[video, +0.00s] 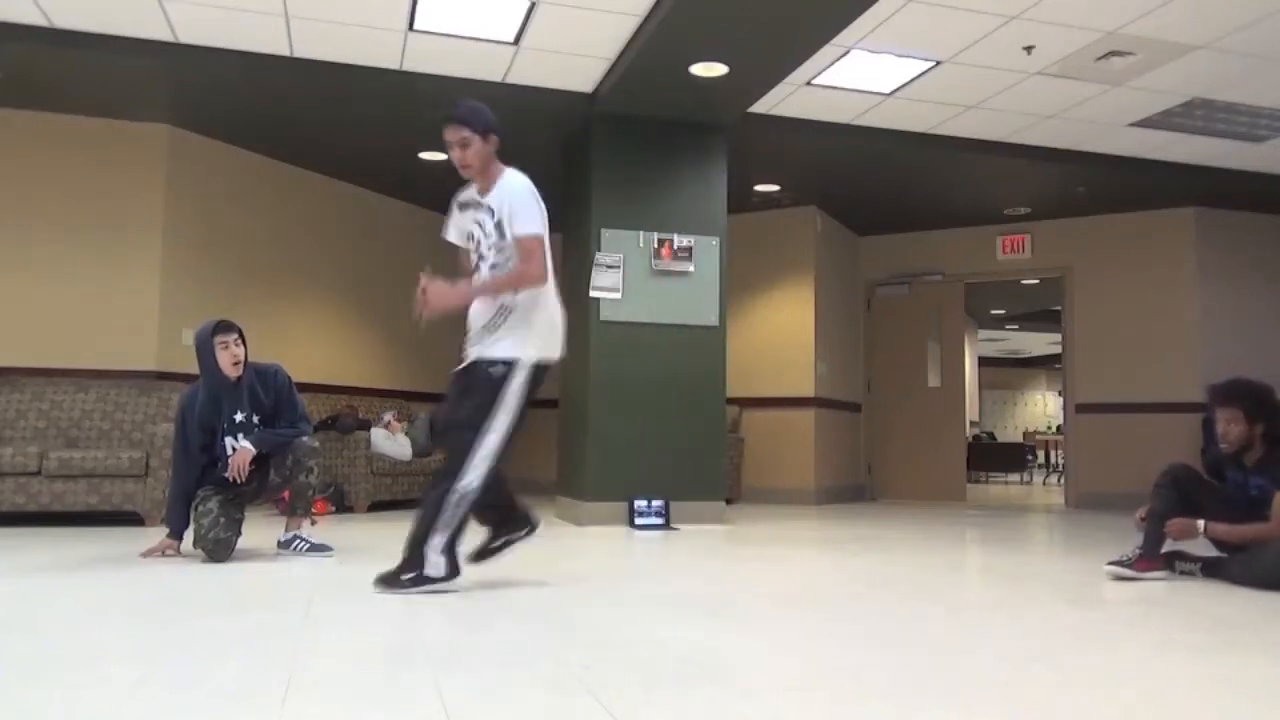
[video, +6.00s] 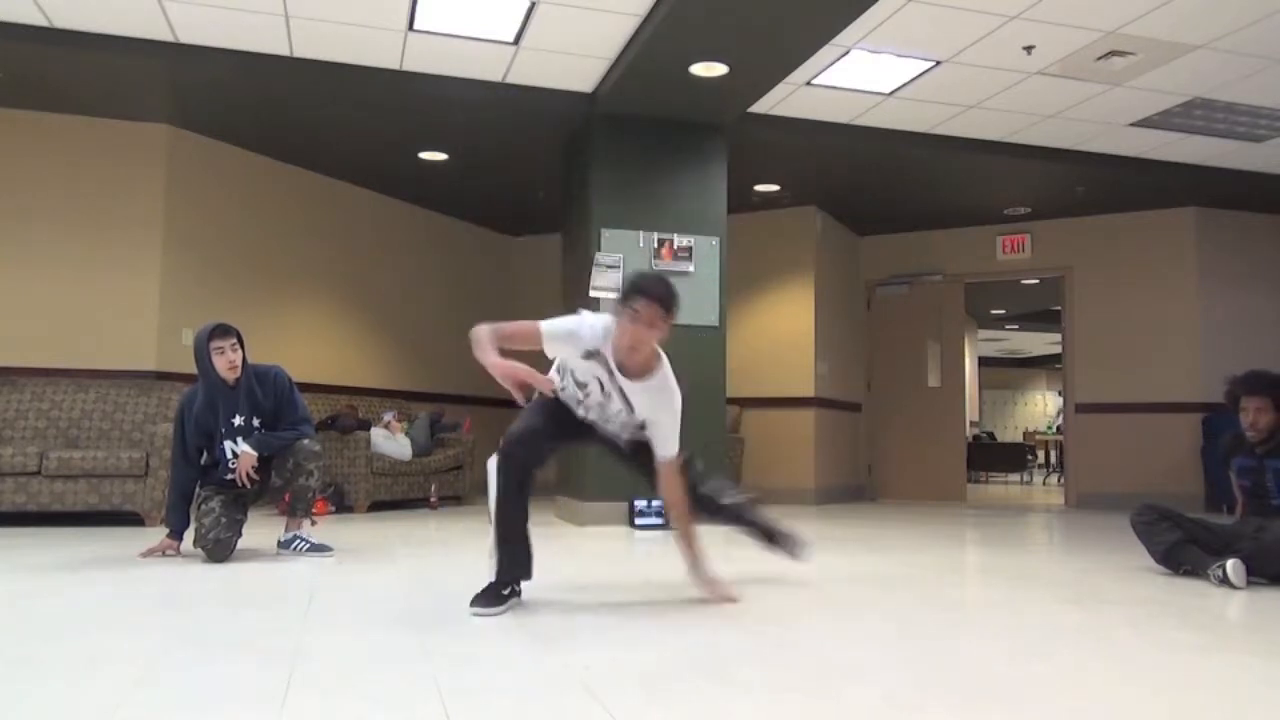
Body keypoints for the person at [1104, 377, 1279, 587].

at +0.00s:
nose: (1221, 432)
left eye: (1231, 423)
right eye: (1217, 422)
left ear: (1257, 428)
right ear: (1212, 423)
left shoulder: (1274, 466)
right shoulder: (1224, 461)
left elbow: (1274, 529)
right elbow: (1212, 501)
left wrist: (1201, 528)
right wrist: (1157, 511)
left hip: (1265, 544)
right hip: (1233, 532)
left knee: (1270, 570)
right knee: (1177, 475)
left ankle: (1205, 566)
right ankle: (1149, 555)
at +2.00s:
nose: (1266, 408)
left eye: (1275, 401)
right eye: (1260, 400)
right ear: (1252, 405)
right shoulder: (1248, 448)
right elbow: (1245, 507)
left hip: (1270, 552)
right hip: (1241, 543)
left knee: (1271, 524)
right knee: (1179, 476)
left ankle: (1206, 567)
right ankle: (1150, 552)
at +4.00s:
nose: (1257, 415)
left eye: (1268, 407)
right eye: (1251, 406)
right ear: (1244, 409)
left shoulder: (1275, 451)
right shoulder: (1239, 449)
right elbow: (1243, 501)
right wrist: (1239, 529)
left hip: (1271, 536)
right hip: (1240, 531)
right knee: (1145, 513)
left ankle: (1194, 561)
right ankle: (1210, 567)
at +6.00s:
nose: (1251, 420)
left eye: (1261, 411)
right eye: (1245, 411)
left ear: (1277, 414)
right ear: (1237, 414)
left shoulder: (1275, 452)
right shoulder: (1235, 450)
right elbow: (1242, 502)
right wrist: (1236, 533)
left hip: (1271, 535)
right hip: (1240, 533)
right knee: (1145, 514)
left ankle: (1197, 562)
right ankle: (1210, 566)